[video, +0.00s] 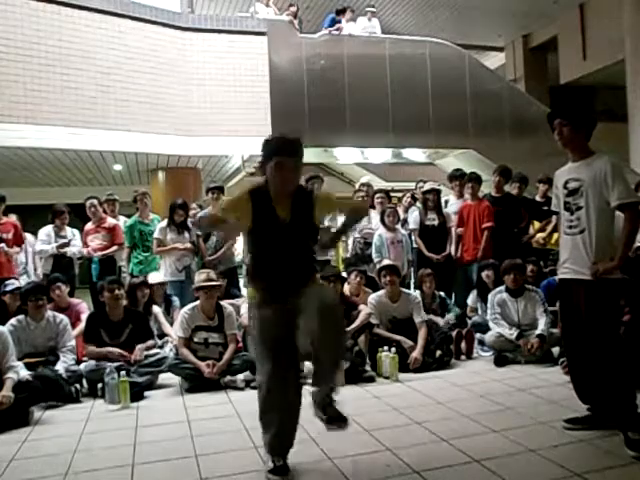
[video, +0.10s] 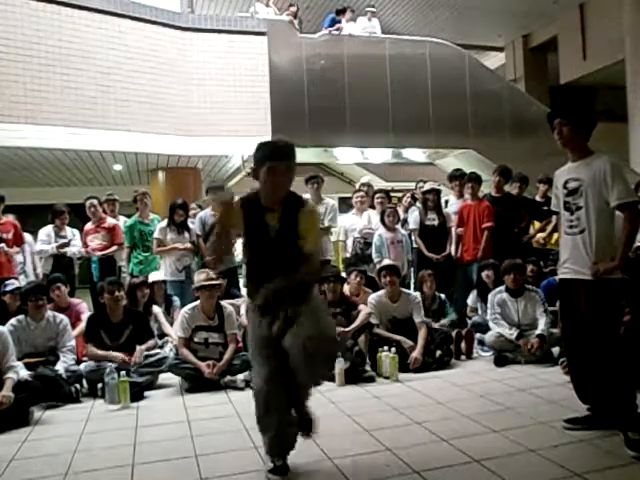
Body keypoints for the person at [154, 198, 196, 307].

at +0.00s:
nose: (179, 218)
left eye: (182, 215)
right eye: (177, 215)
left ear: (186, 215)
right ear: (172, 213)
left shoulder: (189, 227)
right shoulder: (163, 227)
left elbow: (196, 247)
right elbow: (156, 249)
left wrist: (188, 247)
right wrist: (174, 247)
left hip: (188, 269)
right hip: (171, 270)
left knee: (188, 304)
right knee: (175, 305)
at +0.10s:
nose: (179, 218)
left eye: (182, 215)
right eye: (177, 214)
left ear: (186, 215)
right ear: (172, 213)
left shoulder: (189, 228)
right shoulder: (162, 227)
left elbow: (196, 248)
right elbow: (156, 249)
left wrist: (189, 247)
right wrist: (174, 247)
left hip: (188, 269)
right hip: (171, 270)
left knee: (188, 303)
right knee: (176, 304)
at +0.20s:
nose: (179, 218)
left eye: (182, 215)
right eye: (177, 214)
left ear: (186, 215)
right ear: (172, 213)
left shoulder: (189, 228)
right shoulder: (162, 227)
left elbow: (196, 248)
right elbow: (156, 249)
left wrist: (189, 247)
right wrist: (174, 247)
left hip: (187, 269)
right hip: (171, 270)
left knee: (188, 303)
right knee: (176, 304)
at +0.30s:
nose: (179, 218)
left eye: (182, 215)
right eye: (177, 214)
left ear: (186, 215)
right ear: (172, 213)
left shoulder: (189, 228)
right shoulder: (162, 227)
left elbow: (196, 247)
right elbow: (156, 249)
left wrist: (189, 247)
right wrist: (174, 247)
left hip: (187, 269)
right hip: (171, 270)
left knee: (188, 303)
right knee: (175, 304)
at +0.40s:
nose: (179, 218)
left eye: (182, 215)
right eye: (177, 215)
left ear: (186, 215)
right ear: (172, 213)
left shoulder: (189, 228)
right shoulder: (162, 227)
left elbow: (196, 247)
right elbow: (156, 249)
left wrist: (189, 247)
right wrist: (174, 246)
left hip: (187, 269)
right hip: (170, 271)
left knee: (188, 303)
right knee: (175, 304)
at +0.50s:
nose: (179, 218)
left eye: (182, 215)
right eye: (177, 214)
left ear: (186, 215)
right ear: (172, 213)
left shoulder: (187, 228)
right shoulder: (162, 227)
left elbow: (193, 246)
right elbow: (156, 249)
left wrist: (188, 247)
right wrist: (174, 246)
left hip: (187, 268)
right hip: (170, 270)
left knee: (188, 302)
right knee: (176, 304)